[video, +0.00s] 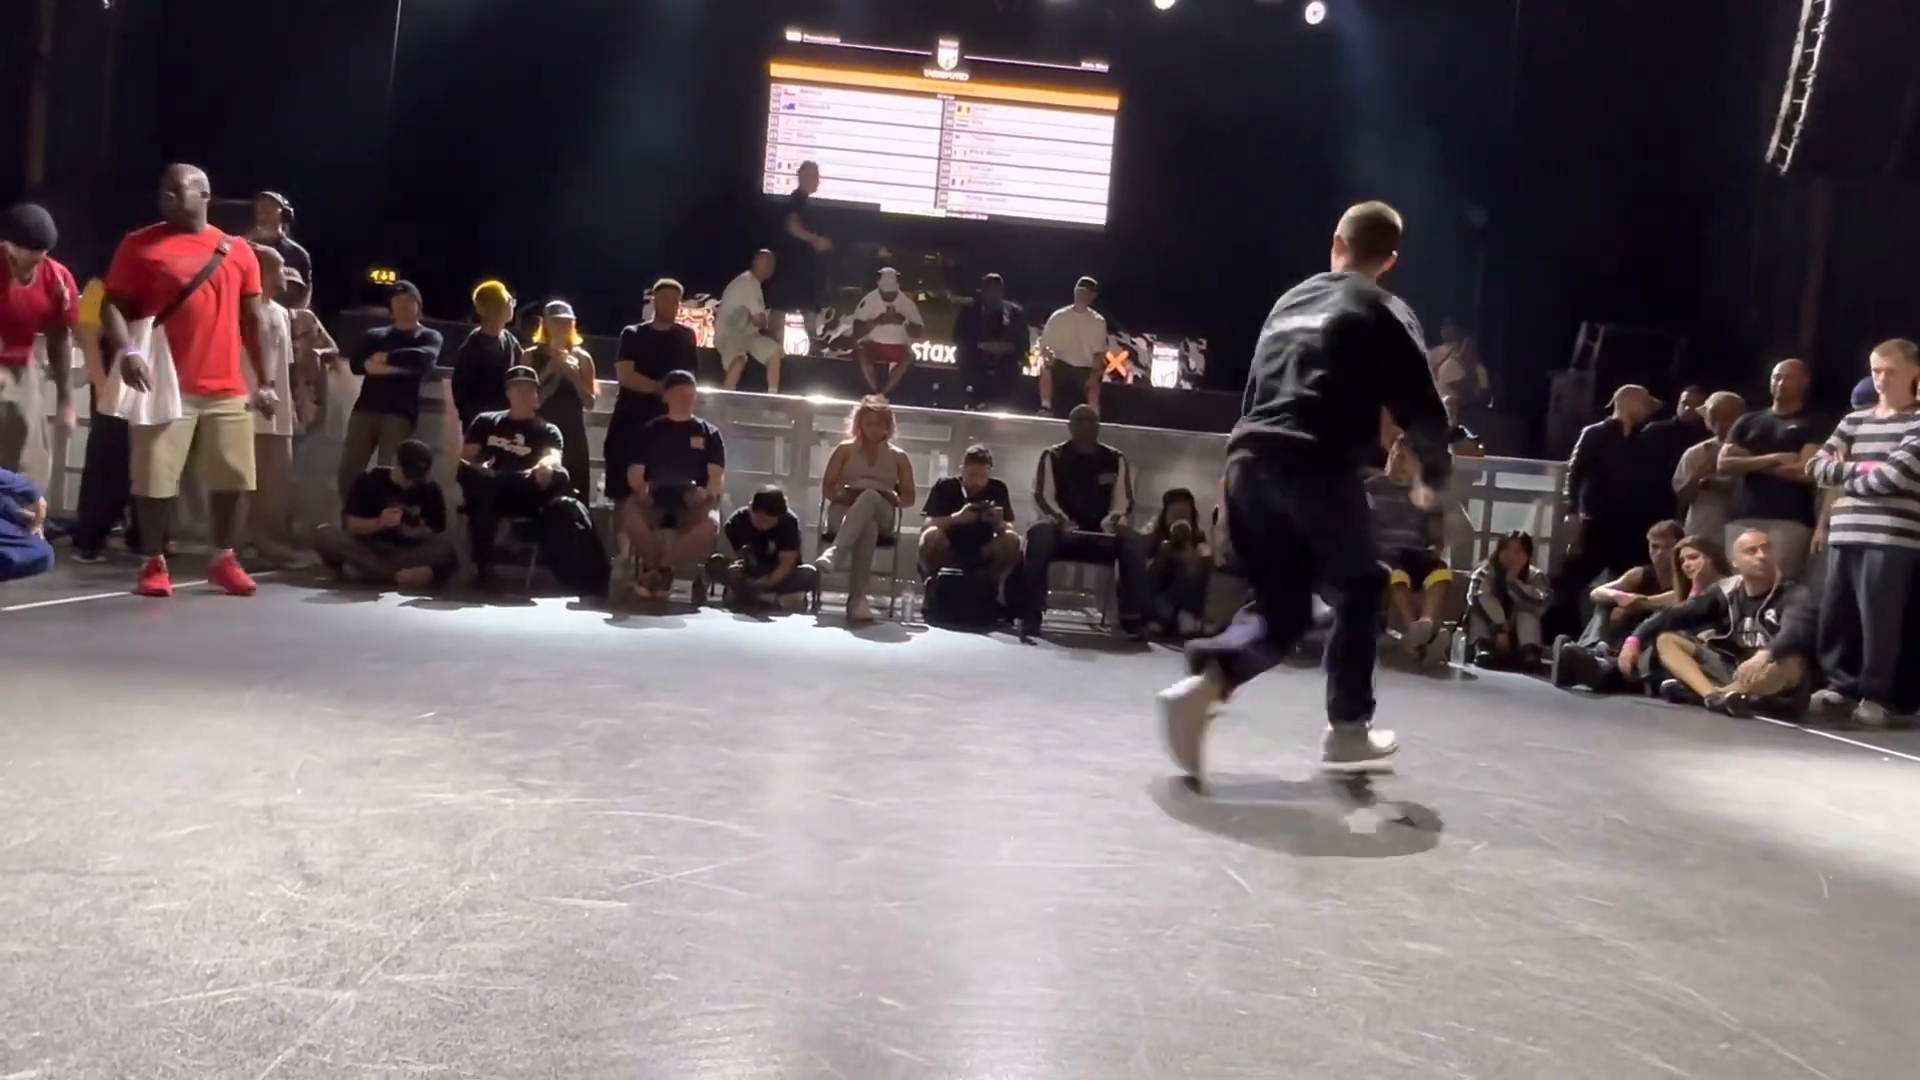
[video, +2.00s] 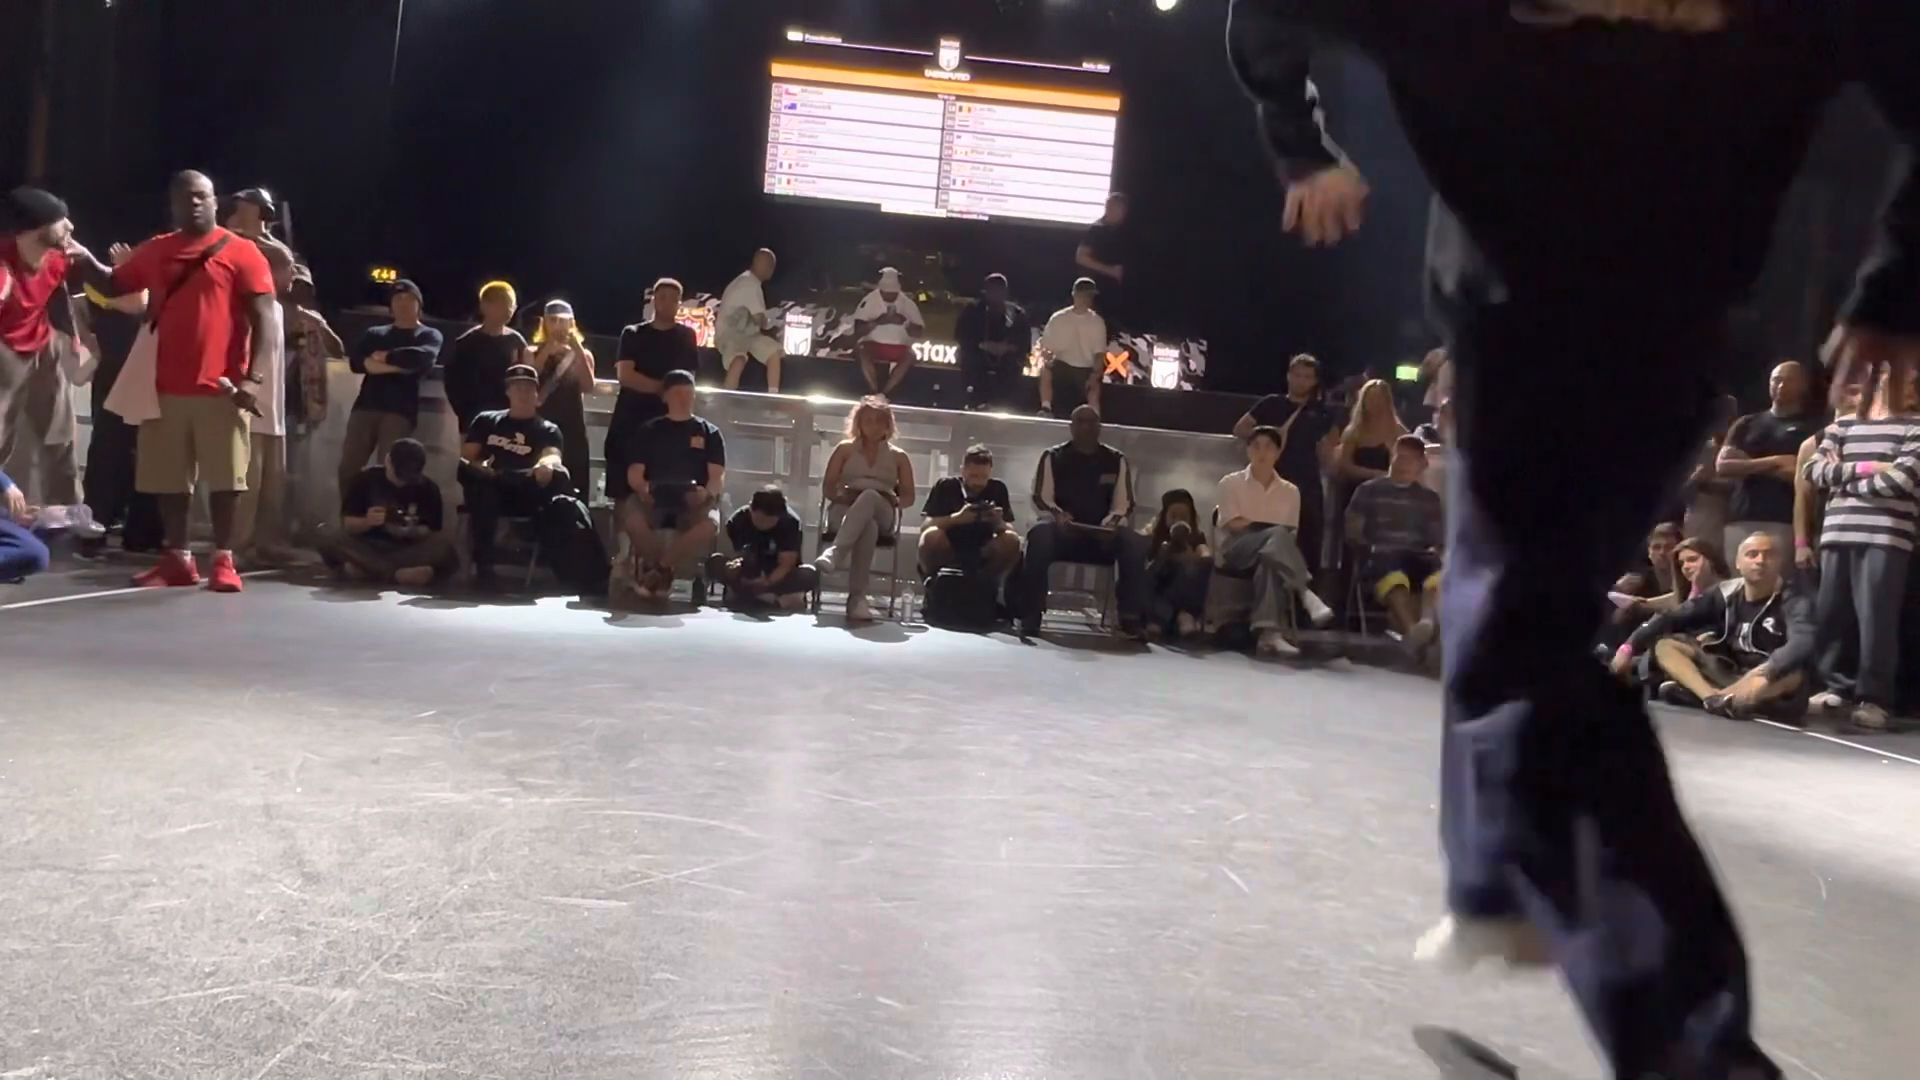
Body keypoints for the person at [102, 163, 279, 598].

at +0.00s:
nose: (174, 196)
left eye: (182, 189)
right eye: (170, 190)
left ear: (205, 195)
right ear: (163, 198)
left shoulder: (238, 250)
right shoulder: (139, 247)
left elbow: (253, 317)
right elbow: (113, 305)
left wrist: (266, 380)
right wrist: (125, 350)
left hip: (227, 390)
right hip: (165, 390)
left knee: (234, 476)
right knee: (155, 481)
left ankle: (225, 557)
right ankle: (155, 563)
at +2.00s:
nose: (195, 204)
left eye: (202, 196)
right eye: (187, 197)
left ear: (216, 201)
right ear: (174, 204)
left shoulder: (244, 253)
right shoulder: (157, 250)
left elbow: (269, 318)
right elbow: (112, 285)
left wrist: (256, 378)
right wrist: (86, 261)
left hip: (223, 388)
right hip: (167, 388)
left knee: (226, 481)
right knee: (170, 478)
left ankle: (224, 561)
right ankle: (176, 561)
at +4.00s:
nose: (97, 253)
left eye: (101, 242)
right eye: (89, 246)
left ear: (115, 236)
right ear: (79, 246)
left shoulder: (155, 276)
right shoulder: (75, 286)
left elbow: (192, 335)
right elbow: (58, 349)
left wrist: (220, 388)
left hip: (162, 412)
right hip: (103, 417)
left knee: (169, 504)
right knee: (103, 510)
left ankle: (166, 588)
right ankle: (110, 589)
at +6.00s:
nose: (114, 285)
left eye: (118, 275)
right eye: (111, 278)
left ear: (146, 270)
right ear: (115, 279)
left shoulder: (189, 312)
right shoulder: (112, 322)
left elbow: (227, 371)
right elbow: (96, 382)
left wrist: (204, 425)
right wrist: (92, 373)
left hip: (187, 450)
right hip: (132, 452)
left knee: (199, 540)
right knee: (132, 542)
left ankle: (199, 617)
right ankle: (135, 620)